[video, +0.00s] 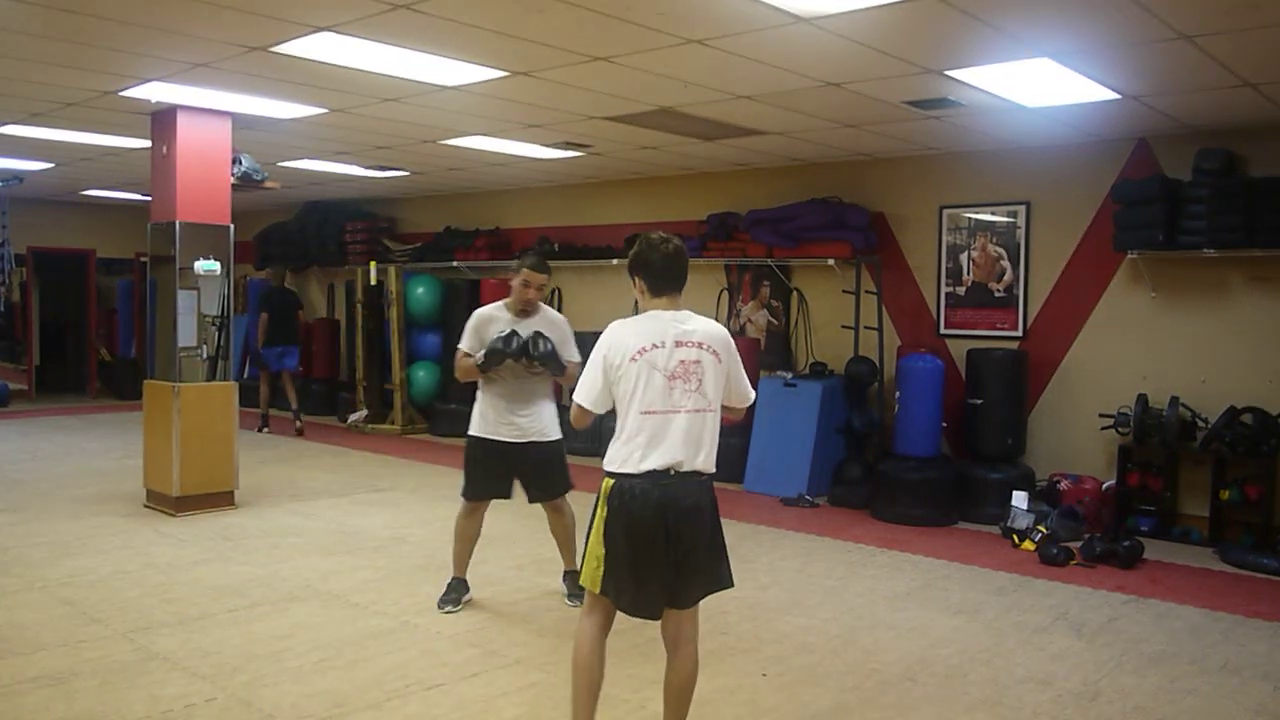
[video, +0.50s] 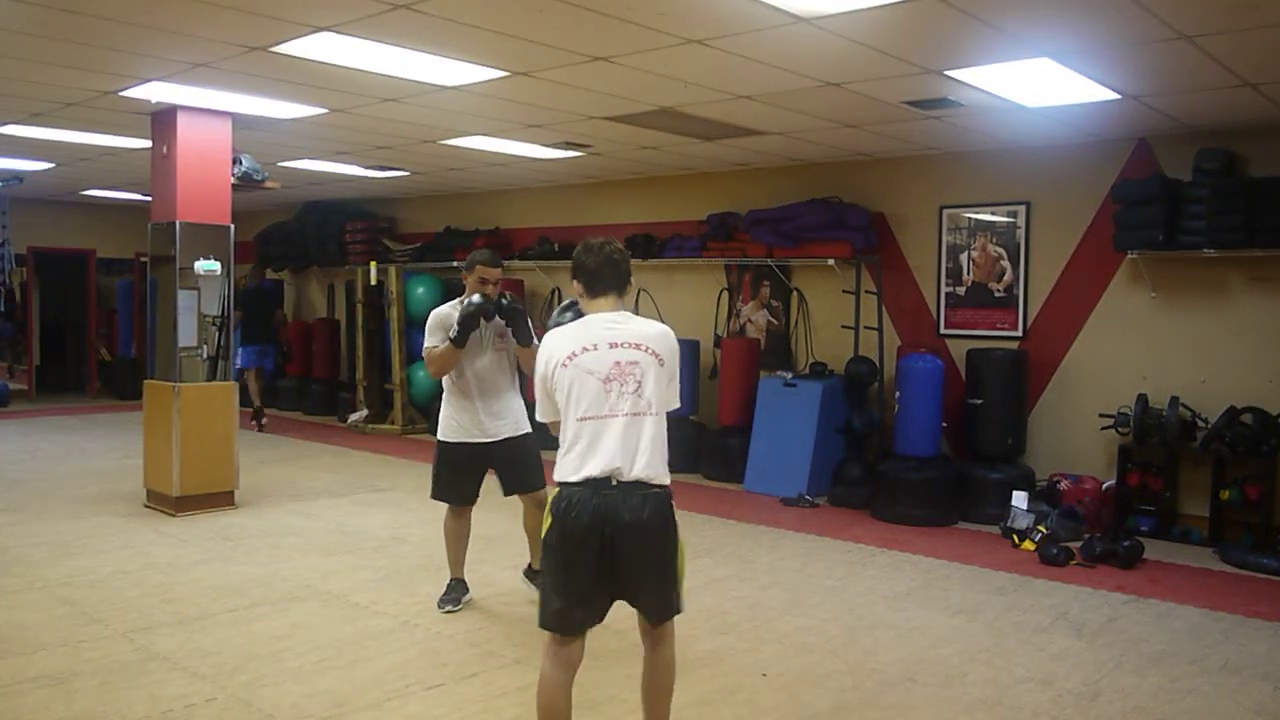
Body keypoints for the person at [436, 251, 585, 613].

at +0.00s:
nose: (531, 293)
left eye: (539, 287)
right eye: (525, 284)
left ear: (547, 288)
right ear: (511, 281)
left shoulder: (557, 324)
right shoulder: (483, 318)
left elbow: (573, 377)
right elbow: (461, 371)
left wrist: (552, 365)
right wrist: (487, 360)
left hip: (540, 435)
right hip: (488, 433)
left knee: (556, 503)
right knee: (473, 504)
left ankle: (572, 574)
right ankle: (458, 581)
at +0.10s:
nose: (516, 293)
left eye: (523, 286)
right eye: (510, 284)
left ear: (530, 287)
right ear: (497, 280)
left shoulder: (542, 320)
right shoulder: (469, 316)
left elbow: (558, 375)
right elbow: (446, 368)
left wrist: (541, 362)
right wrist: (476, 360)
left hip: (530, 431)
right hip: (477, 431)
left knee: (550, 499)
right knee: (466, 505)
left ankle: (570, 570)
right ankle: (457, 580)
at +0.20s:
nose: (503, 291)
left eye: (510, 285)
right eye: (496, 282)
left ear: (517, 284)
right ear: (482, 277)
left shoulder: (529, 316)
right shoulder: (457, 316)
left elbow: (545, 374)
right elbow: (438, 371)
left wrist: (530, 352)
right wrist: (471, 353)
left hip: (522, 427)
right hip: (470, 430)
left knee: (545, 498)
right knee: (464, 505)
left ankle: (559, 566)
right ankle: (457, 581)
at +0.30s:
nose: (496, 290)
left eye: (503, 283)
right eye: (489, 282)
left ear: (509, 282)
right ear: (474, 276)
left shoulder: (520, 315)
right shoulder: (448, 316)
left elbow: (539, 373)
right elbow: (433, 370)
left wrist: (524, 345)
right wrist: (466, 348)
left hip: (517, 426)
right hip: (466, 429)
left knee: (536, 499)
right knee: (463, 506)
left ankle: (541, 574)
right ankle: (457, 581)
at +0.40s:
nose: (493, 290)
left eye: (499, 283)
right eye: (486, 283)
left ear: (504, 282)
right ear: (469, 278)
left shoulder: (514, 315)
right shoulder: (444, 318)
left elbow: (536, 372)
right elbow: (432, 371)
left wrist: (523, 336)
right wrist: (462, 341)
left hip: (513, 427)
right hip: (463, 429)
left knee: (532, 502)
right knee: (461, 508)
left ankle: (536, 575)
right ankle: (457, 581)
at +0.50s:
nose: (489, 290)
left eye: (495, 283)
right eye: (482, 282)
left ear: (501, 283)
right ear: (465, 278)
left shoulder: (511, 314)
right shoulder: (442, 317)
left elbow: (532, 367)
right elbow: (435, 369)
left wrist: (520, 327)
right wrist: (462, 330)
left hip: (511, 426)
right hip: (460, 431)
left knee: (537, 498)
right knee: (459, 508)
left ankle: (537, 567)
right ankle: (456, 581)